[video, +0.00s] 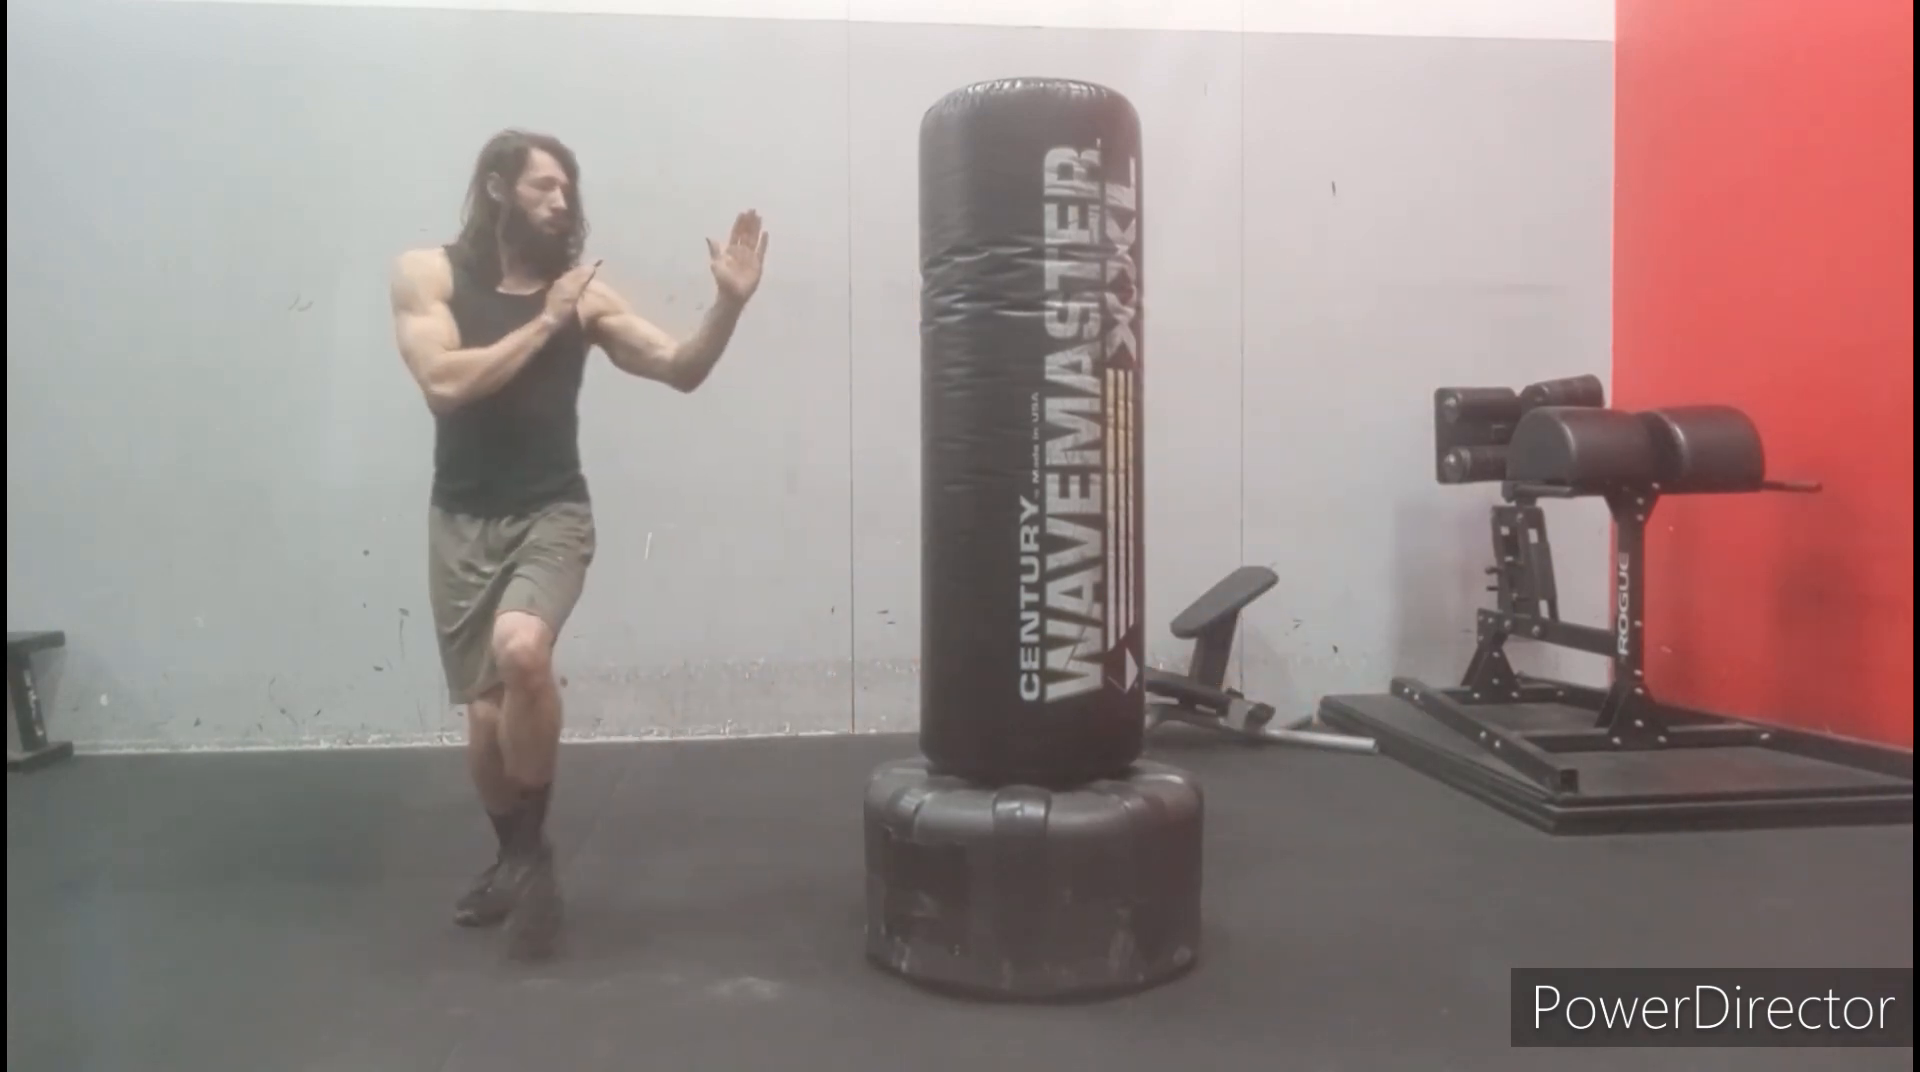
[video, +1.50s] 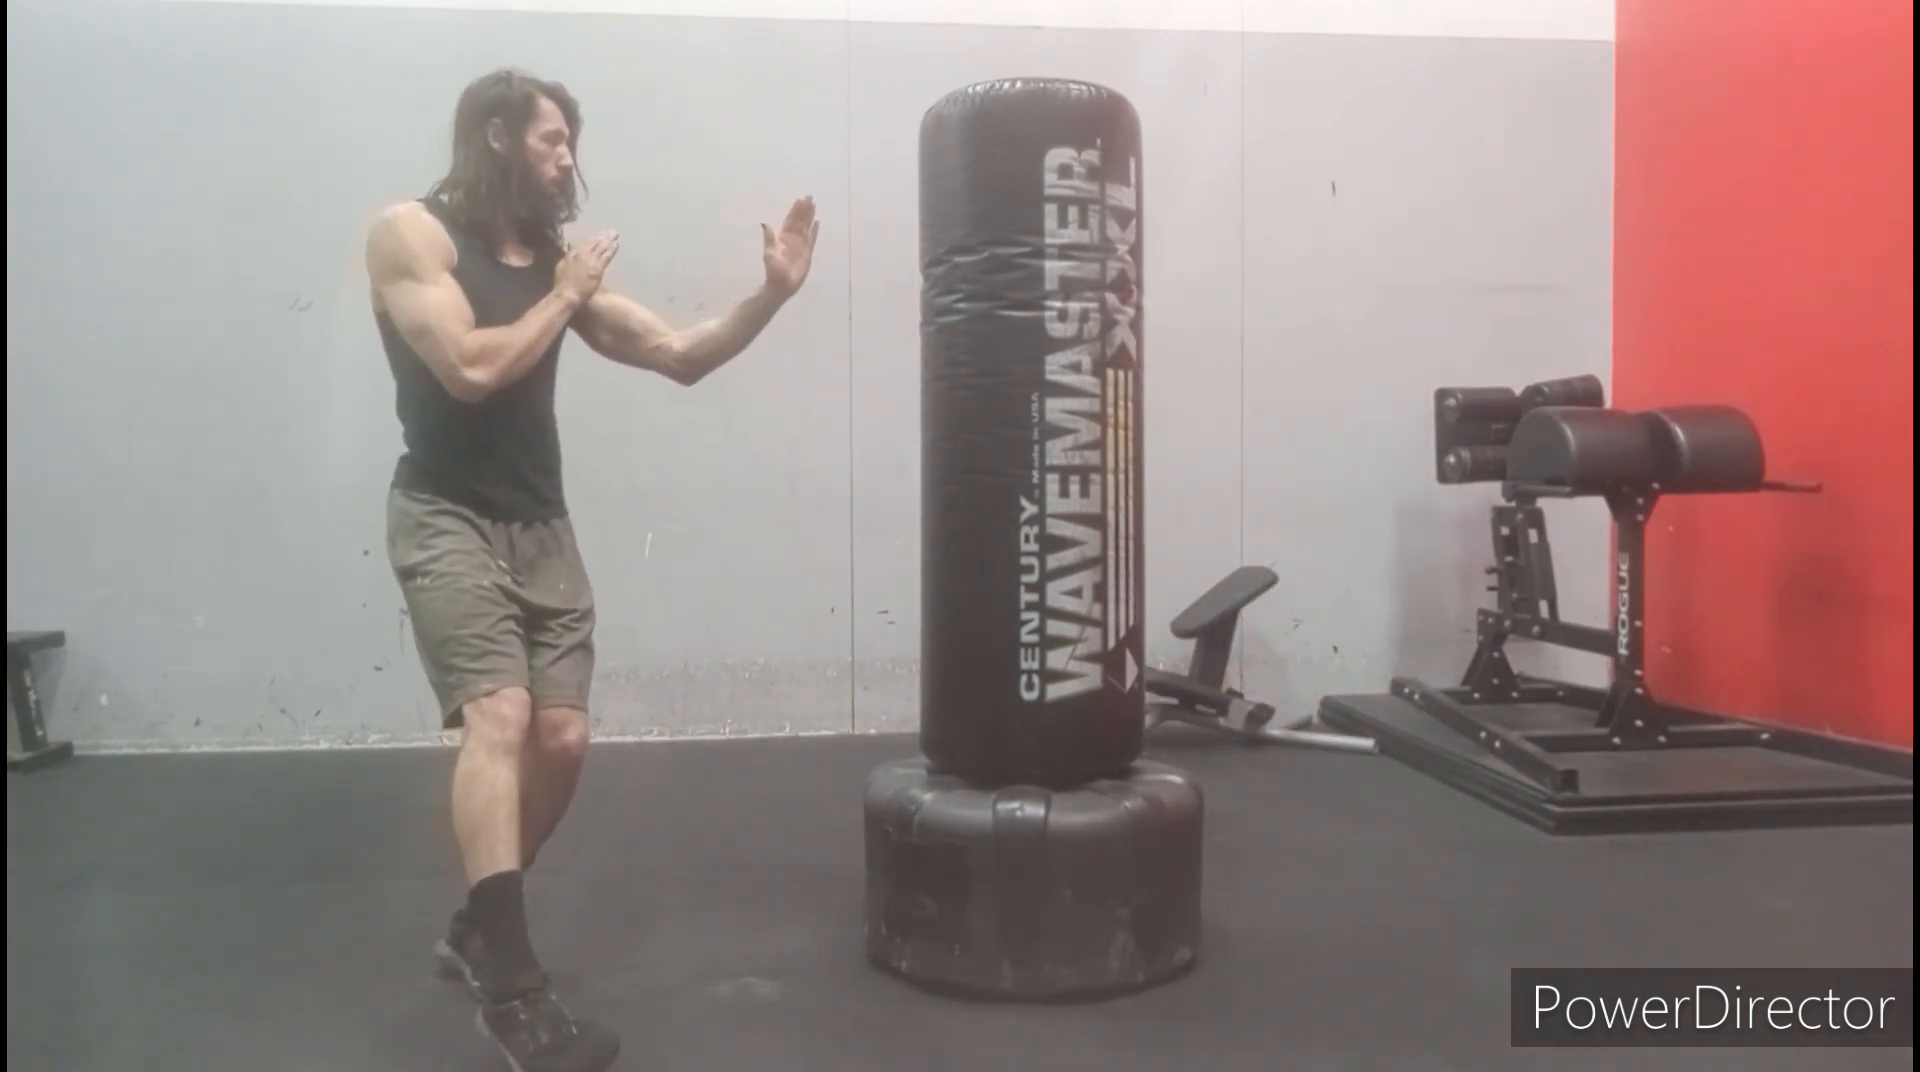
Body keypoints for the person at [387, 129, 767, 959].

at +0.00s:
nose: (560, 202)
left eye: (566, 189)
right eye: (544, 187)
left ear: (572, 200)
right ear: (497, 191)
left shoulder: (579, 292)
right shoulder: (425, 273)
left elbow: (682, 368)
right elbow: (445, 385)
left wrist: (728, 301)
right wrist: (547, 322)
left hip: (553, 513)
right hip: (466, 522)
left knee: (519, 648)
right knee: (487, 721)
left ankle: (524, 853)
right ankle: (521, 860)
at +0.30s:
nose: (548, 188)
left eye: (553, 174)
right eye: (530, 172)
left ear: (555, 186)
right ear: (479, 175)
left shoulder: (561, 283)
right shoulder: (402, 260)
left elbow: (677, 364)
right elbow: (437, 378)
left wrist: (738, 295)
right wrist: (543, 309)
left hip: (538, 525)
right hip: (443, 531)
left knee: (511, 699)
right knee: (472, 730)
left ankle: (471, 925)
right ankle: (516, 852)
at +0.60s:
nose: (550, 163)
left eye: (552, 148)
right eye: (532, 146)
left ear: (548, 159)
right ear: (478, 149)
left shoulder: (552, 265)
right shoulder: (394, 236)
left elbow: (677, 351)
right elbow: (437, 365)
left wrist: (752, 283)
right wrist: (544, 292)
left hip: (535, 520)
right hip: (431, 519)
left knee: (522, 723)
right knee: (435, 729)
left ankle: (473, 924)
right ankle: (443, 813)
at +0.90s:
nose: (552, 159)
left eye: (553, 142)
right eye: (535, 140)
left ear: (536, 153)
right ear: (478, 143)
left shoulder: (547, 261)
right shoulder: (389, 233)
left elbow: (672, 351)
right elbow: (439, 370)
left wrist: (753, 283)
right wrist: (544, 291)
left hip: (529, 517)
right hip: (428, 503)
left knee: (508, 729)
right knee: (483, 658)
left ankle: (472, 930)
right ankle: (423, 913)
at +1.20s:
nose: (556, 164)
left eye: (557, 147)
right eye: (539, 145)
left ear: (534, 157)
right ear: (481, 149)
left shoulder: (544, 269)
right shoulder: (391, 241)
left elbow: (671, 354)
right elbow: (453, 379)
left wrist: (756, 290)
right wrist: (551, 295)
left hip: (537, 524)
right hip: (441, 518)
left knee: (542, 740)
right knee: (489, 716)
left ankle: (474, 927)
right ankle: (516, 967)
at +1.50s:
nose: (571, 160)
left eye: (571, 143)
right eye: (555, 141)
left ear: (532, 152)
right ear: (497, 143)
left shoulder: (550, 267)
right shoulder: (406, 234)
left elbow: (681, 354)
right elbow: (471, 370)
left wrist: (771, 292)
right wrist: (565, 293)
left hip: (539, 522)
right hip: (444, 515)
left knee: (561, 741)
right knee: (497, 716)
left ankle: (477, 923)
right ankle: (514, 979)